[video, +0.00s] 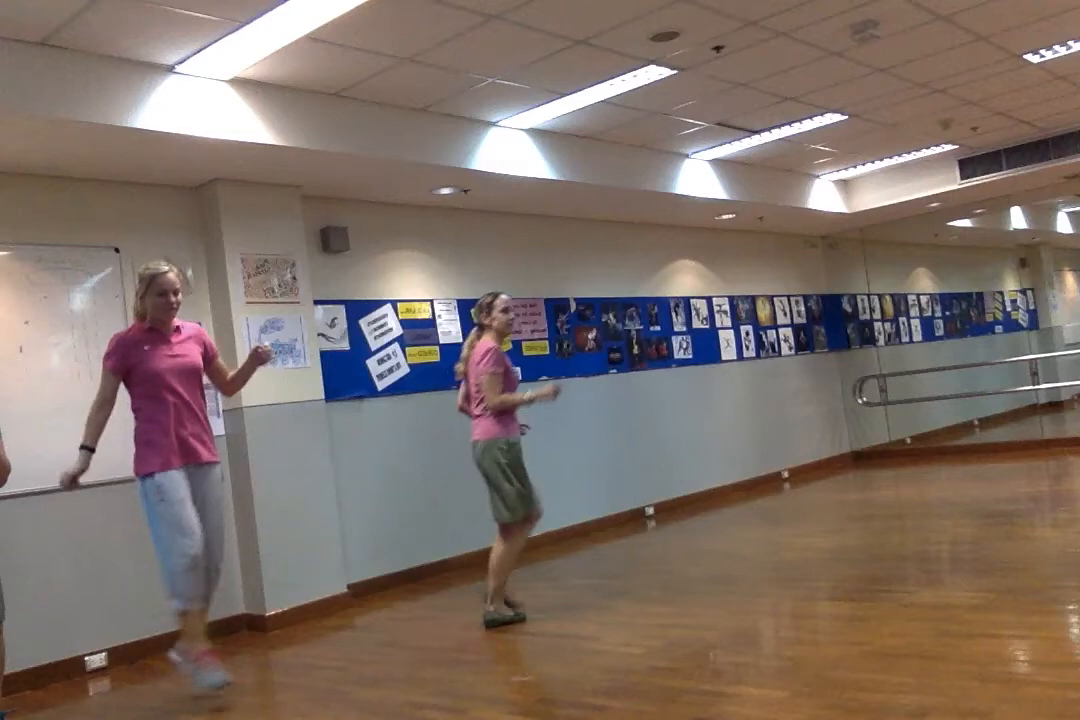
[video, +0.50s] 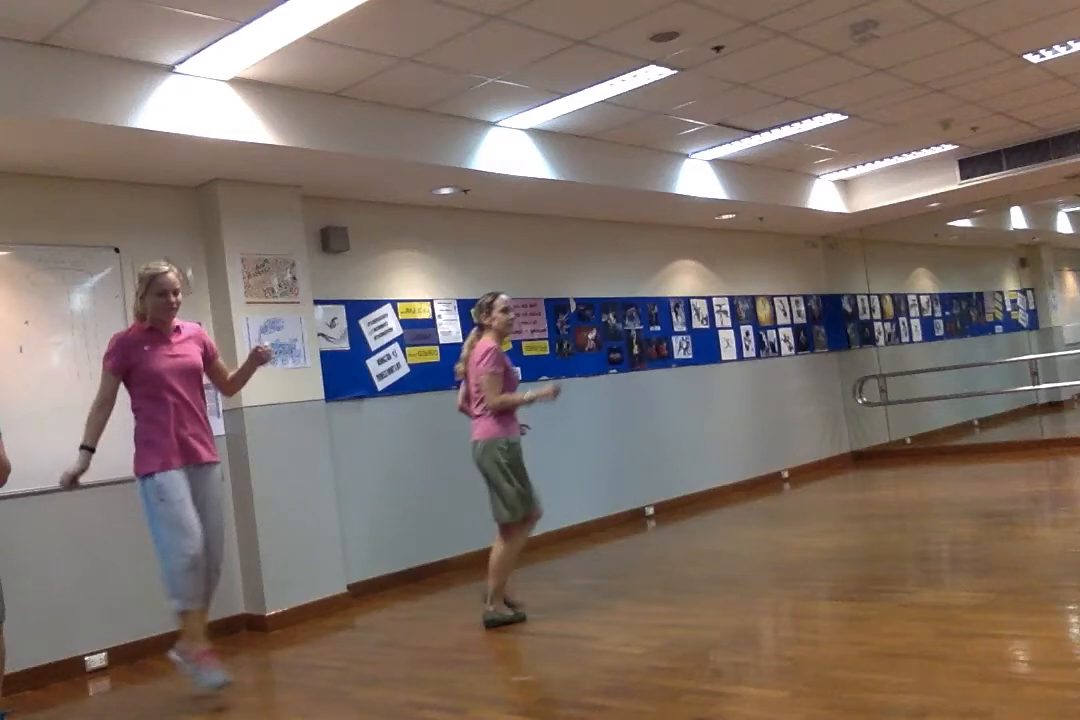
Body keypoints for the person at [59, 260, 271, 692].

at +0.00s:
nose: (171, 300)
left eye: (176, 293)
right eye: (162, 294)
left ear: (182, 296)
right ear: (142, 298)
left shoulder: (195, 334)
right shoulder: (126, 344)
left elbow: (228, 386)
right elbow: (103, 403)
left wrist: (252, 363)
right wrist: (83, 459)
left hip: (203, 453)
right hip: (159, 459)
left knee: (212, 551)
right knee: (190, 548)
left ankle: (189, 644)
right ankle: (196, 651)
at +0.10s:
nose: (171, 300)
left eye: (176, 293)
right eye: (162, 294)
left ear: (182, 296)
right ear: (142, 298)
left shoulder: (195, 334)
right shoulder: (126, 344)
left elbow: (228, 386)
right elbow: (103, 403)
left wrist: (252, 363)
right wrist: (83, 459)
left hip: (203, 453)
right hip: (159, 459)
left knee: (212, 551)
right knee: (190, 548)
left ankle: (189, 644)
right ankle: (196, 651)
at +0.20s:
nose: (171, 300)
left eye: (176, 293)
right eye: (162, 294)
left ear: (182, 296)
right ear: (142, 298)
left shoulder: (195, 334)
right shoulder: (126, 344)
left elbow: (228, 386)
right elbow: (103, 403)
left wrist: (252, 363)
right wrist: (83, 459)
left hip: (203, 453)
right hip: (159, 459)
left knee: (212, 551)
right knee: (190, 548)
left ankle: (189, 644)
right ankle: (196, 651)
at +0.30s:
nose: (171, 300)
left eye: (176, 293)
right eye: (162, 294)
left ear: (182, 296)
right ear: (142, 298)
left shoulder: (195, 334)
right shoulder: (126, 344)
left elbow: (228, 386)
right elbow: (103, 403)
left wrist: (252, 363)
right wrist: (83, 459)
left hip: (203, 453)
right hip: (159, 459)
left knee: (212, 551)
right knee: (190, 548)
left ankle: (189, 644)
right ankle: (196, 651)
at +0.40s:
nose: (171, 300)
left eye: (175, 293)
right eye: (162, 294)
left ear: (182, 296)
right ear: (142, 298)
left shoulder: (195, 334)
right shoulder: (127, 343)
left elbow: (228, 386)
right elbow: (103, 404)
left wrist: (252, 363)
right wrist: (83, 459)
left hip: (203, 452)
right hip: (159, 459)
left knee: (212, 550)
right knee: (190, 548)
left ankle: (189, 644)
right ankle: (195, 649)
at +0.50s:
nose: (171, 300)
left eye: (176, 293)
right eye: (162, 294)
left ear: (182, 296)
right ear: (142, 298)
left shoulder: (195, 334)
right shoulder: (127, 343)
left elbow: (228, 386)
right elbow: (103, 404)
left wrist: (252, 363)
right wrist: (83, 459)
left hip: (203, 452)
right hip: (159, 459)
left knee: (212, 550)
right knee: (190, 548)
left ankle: (189, 644)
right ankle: (195, 649)